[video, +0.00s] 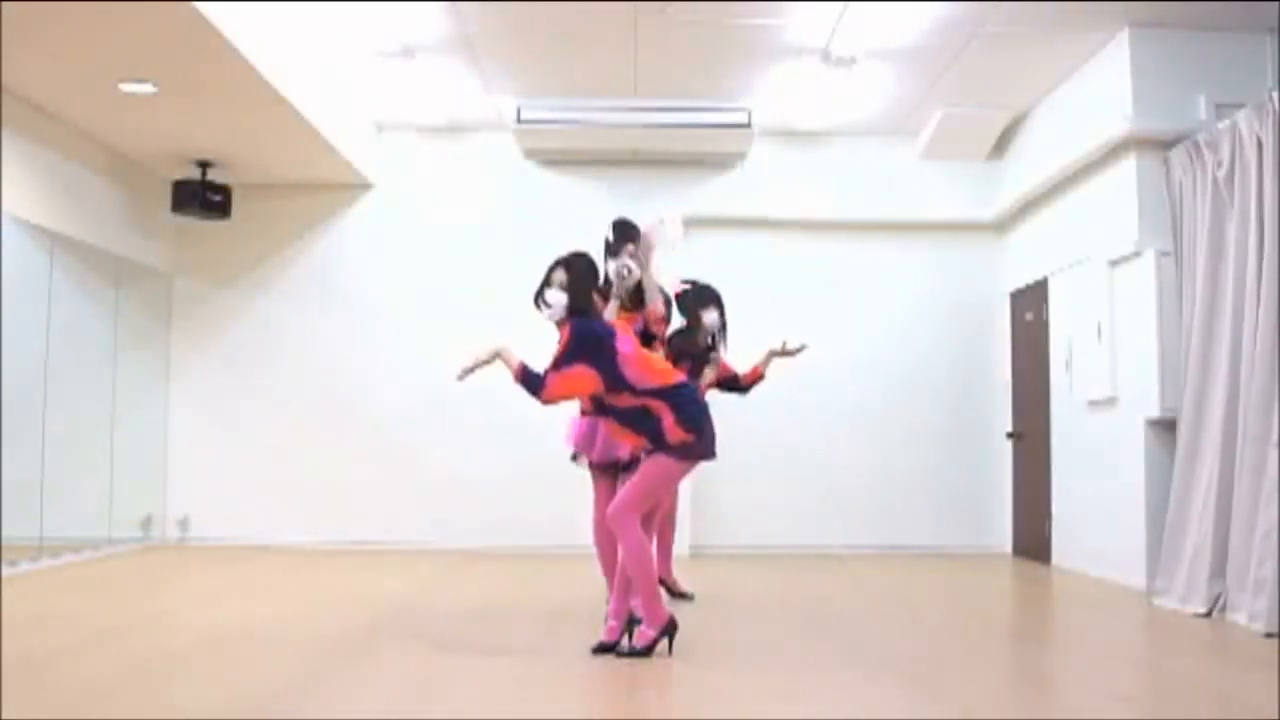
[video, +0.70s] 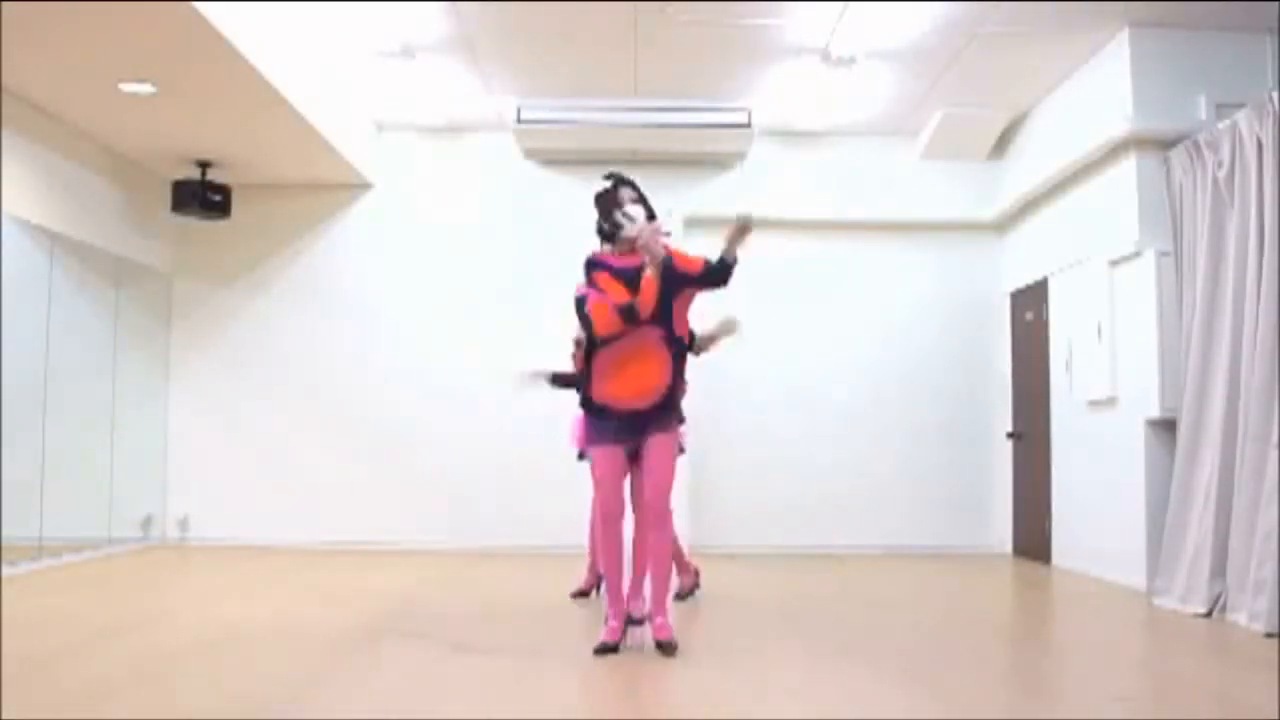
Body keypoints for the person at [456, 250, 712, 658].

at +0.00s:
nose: (547, 295)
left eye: (556, 287)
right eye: (547, 285)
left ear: (574, 292)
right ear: (587, 293)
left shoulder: (588, 337)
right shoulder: (582, 333)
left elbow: (548, 391)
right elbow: (552, 387)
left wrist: (504, 357)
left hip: (684, 434)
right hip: (665, 433)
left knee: (623, 514)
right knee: (615, 519)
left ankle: (655, 616)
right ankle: (622, 616)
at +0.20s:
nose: (554, 288)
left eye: (565, 282)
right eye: (554, 279)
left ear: (582, 289)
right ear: (553, 280)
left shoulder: (593, 329)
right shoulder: (584, 329)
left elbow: (557, 388)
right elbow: (562, 385)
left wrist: (510, 354)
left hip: (683, 429)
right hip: (666, 429)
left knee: (624, 512)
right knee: (619, 519)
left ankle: (656, 616)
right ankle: (623, 616)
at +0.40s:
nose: (578, 259)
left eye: (589, 251)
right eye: (576, 249)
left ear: (608, 258)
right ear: (572, 252)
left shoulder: (612, 296)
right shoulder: (591, 300)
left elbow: (620, 369)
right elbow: (581, 354)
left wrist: (579, 403)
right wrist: (570, 387)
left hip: (670, 419)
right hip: (646, 418)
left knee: (622, 511)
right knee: (617, 517)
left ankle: (655, 615)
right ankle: (620, 612)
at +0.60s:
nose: (618, 229)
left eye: (626, 221)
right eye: (608, 221)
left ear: (636, 224)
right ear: (593, 227)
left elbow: (706, 272)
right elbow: (601, 324)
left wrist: (732, 293)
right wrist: (621, 275)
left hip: (663, 401)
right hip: (611, 403)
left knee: (648, 501)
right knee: (610, 506)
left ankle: (654, 615)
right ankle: (619, 613)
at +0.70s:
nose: (633, 217)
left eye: (637, 209)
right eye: (621, 213)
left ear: (652, 217)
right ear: (609, 227)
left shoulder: (669, 263)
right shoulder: (598, 276)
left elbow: (716, 276)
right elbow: (616, 321)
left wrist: (732, 246)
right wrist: (649, 266)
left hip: (660, 406)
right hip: (606, 408)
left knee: (654, 511)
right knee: (607, 509)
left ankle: (659, 615)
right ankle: (616, 616)